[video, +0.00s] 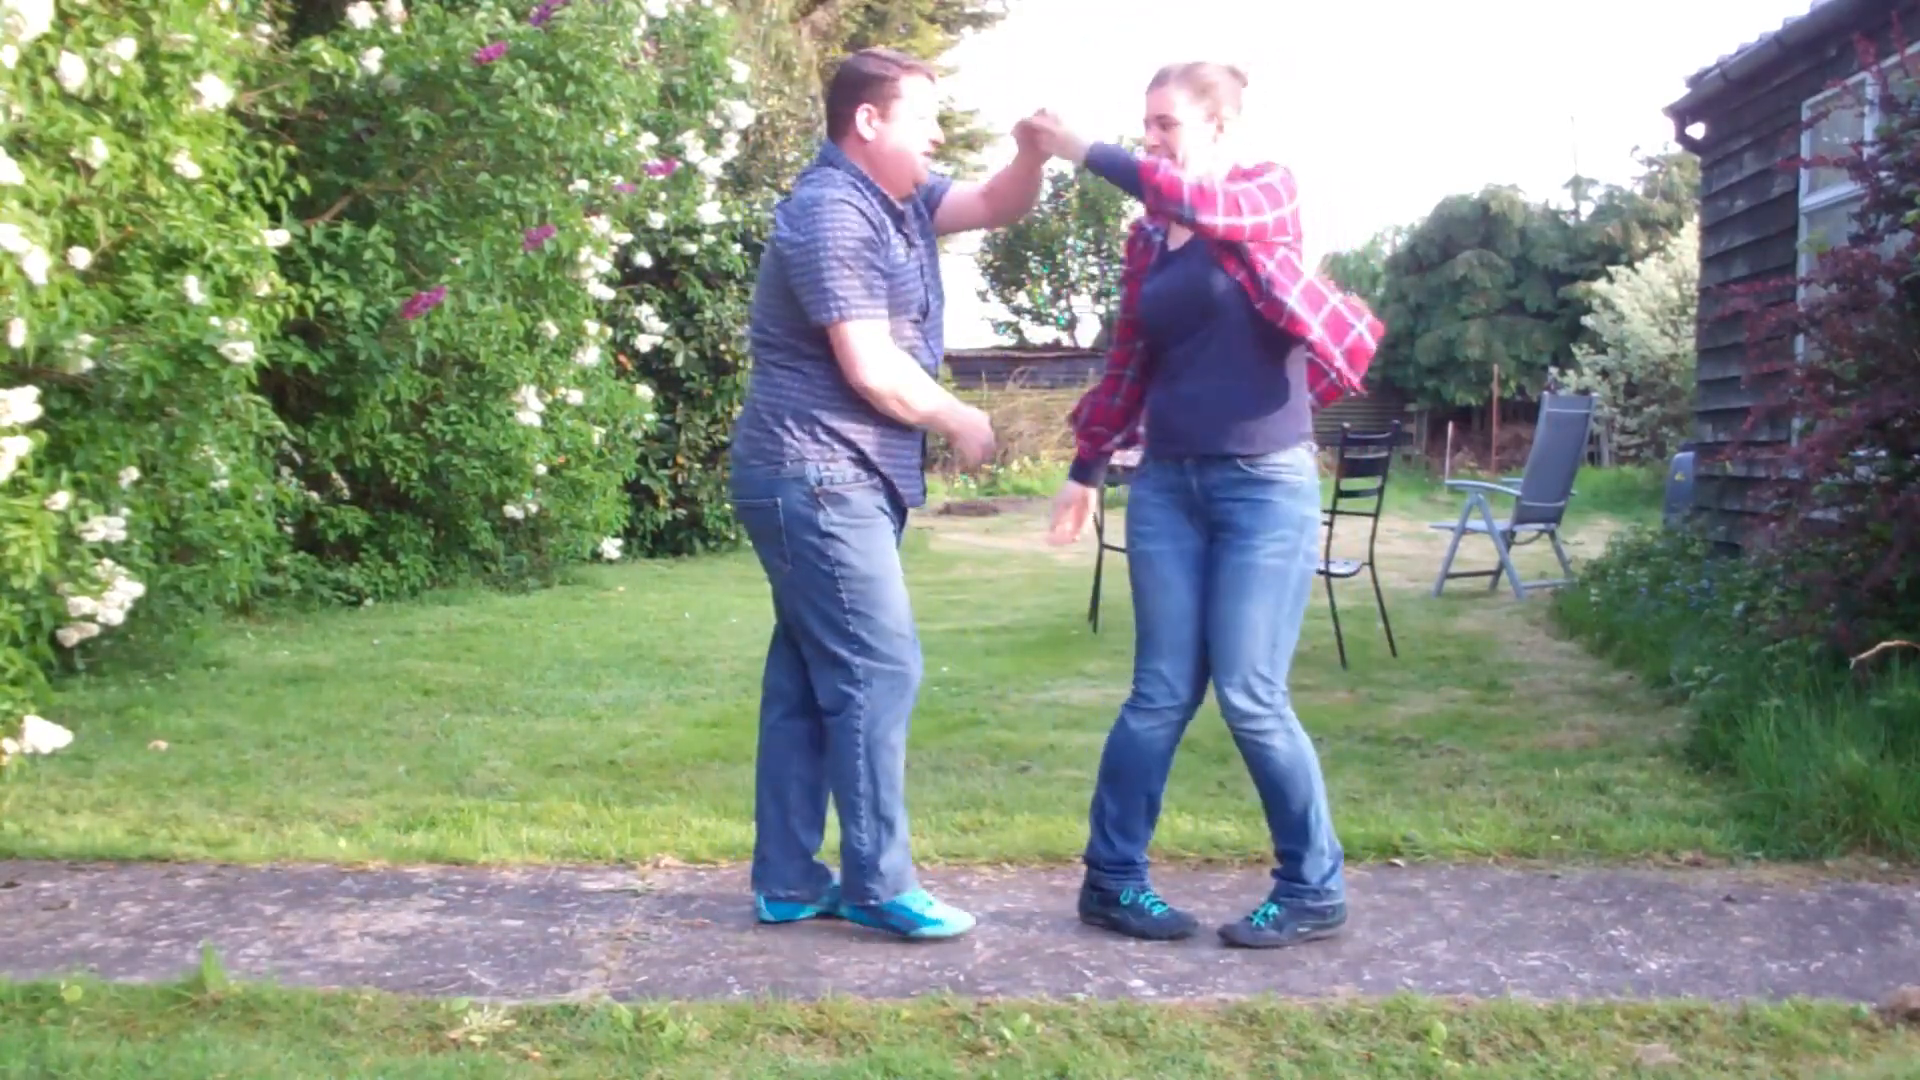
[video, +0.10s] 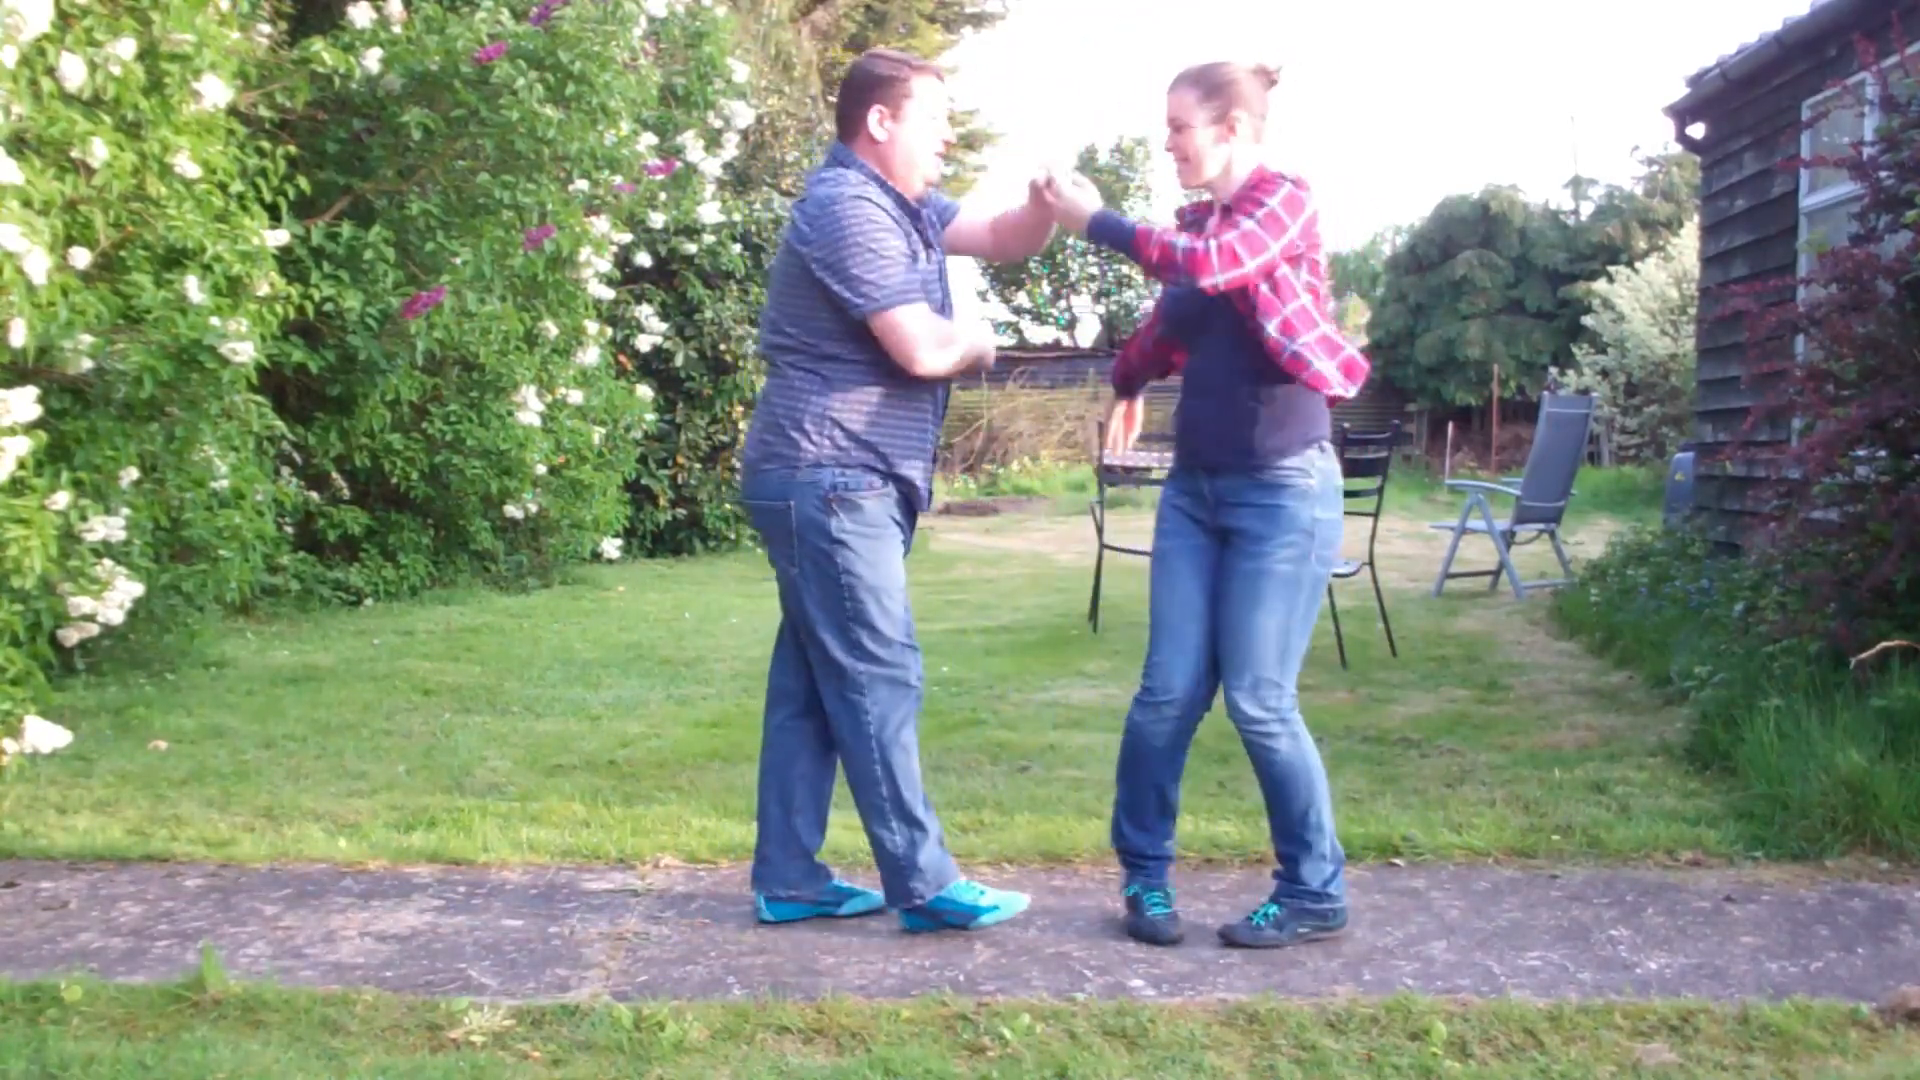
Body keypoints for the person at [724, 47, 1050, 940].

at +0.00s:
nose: (936, 143)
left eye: (935, 126)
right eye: (923, 124)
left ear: (875, 123)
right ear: (867, 123)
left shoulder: (897, 196)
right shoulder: (831, 209)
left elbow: (994, 204)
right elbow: (869, 365)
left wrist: (1033, 153)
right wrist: (957, 419)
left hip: (852, 470)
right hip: (811, 470)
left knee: (805, 679)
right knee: (880, 666)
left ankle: (788, 879)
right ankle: (880, 883)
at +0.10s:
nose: (946, 142)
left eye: (944, 124)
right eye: (934, 123)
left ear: (885, 125)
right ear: (881, 123)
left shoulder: (899, 201)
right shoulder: (848, 207)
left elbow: (1004, 238)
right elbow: (921, 352)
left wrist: (1047, 205)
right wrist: (974, 345)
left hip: (854, 475)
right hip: (824, 474)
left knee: (809, 682)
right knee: (880, 676)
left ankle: (787, 877)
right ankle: (923, 881)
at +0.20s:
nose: (955, 140)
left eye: (953, 121)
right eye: (944, 121)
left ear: (896, 124)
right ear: (894, 122)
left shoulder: (910, 200)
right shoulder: (862, 199)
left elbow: (992, 261)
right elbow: (963, 304)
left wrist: (1053, 254)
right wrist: (996, 262)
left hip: (869, 476)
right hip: (842, 475)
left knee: (821, 686)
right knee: (896, 680)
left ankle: (789, 878)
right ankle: (937, 882)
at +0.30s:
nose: (972, 144)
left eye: (972, 128)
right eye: (961, 126)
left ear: (908, 124)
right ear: (910, 121)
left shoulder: (911, 205)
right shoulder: (879, 191)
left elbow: (996, 292)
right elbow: (1013, 250)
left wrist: (1069, 300)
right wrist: (1024, 191)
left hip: (877, 478)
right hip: (872, 478)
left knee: (844, 686)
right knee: (918, 682)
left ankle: (794, 873)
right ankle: (943, 887)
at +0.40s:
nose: (991, 127)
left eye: (989, 112)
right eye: (978, 111)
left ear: (929, 119)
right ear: (928, 117)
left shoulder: (943, 214)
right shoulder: (895, 182)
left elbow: (1010, 329)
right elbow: (1036, 201)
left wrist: (1083, 333)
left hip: (920, 475)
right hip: (897, 474)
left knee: (888, 684)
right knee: (942, 683)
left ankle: (807, 858)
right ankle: (948, 890)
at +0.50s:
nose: (1014, 125)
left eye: (1012, 110)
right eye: (999, 108)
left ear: (956, 120)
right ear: (948, 117)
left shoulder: (978, 220)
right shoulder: (911, 183)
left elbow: (1003, 350)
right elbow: (1044, 162)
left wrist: (1092, 365)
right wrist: (1111, 120)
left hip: (971, 478)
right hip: (921, 471)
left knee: (979, 673)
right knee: (958, 680)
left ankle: (847, 822)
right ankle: (951, 889)